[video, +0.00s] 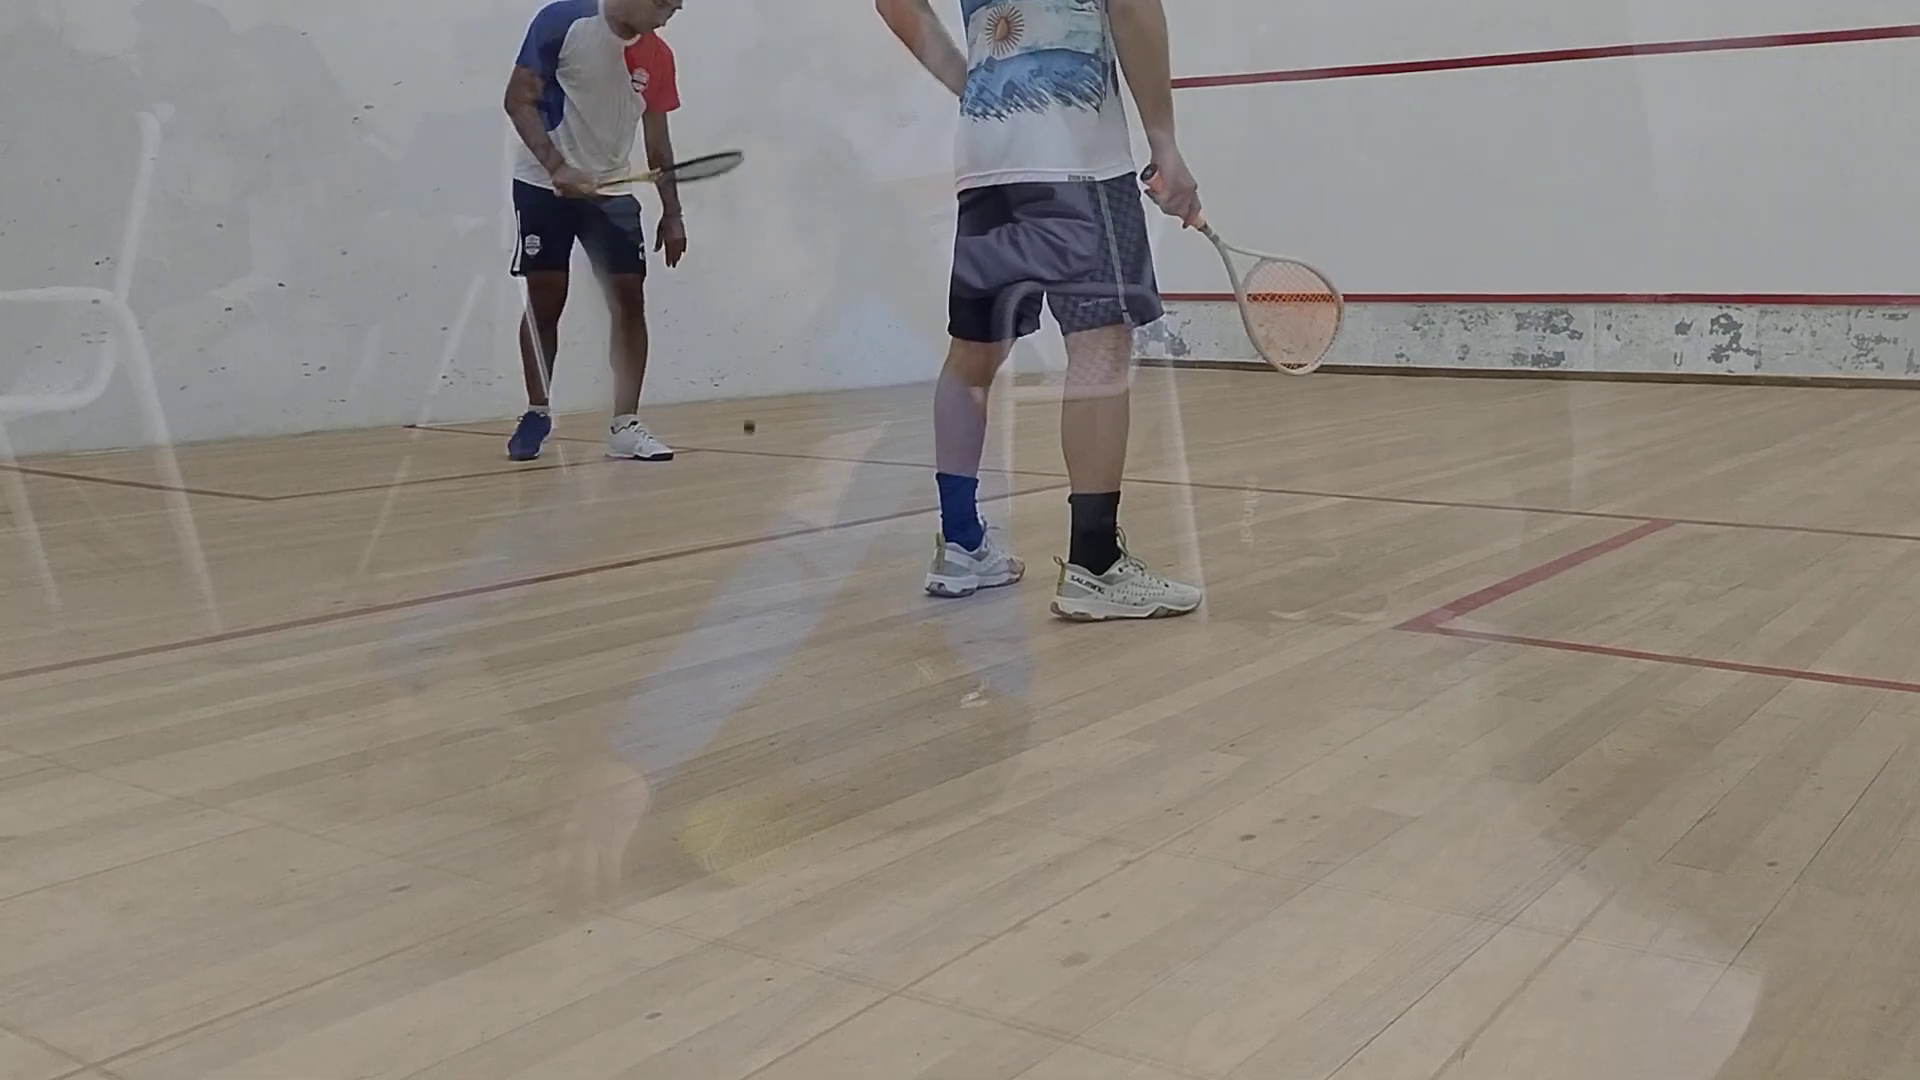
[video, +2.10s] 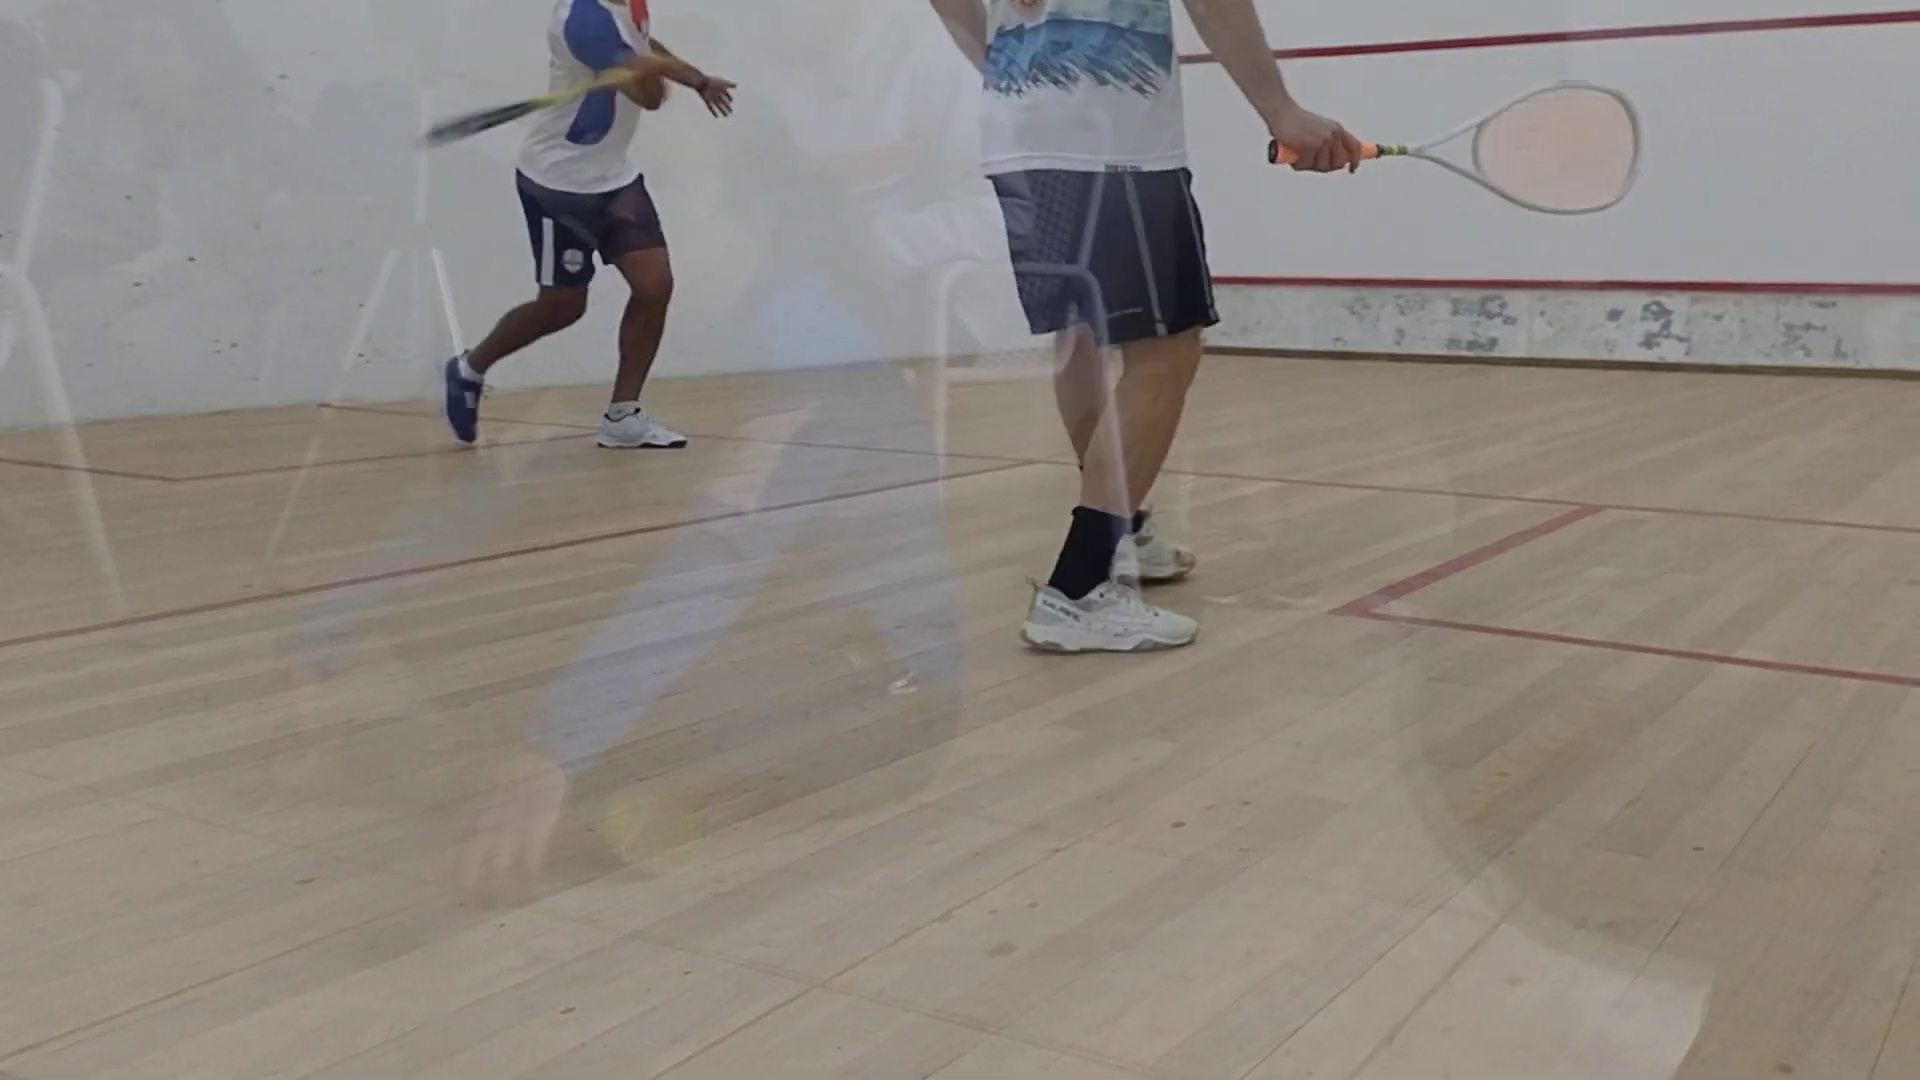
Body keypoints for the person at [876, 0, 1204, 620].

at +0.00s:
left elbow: (897, 5)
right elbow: (1132, 8)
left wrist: (973, 86)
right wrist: (1164, 145)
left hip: (982, 140)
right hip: (1074, 138)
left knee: (971, 355)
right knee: (1100, 353)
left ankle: (961, 547)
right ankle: (1095, 565)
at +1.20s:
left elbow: (935, 4)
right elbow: (1180, 8)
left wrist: (1005, 61)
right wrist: (1247, 101)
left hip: (982, 127)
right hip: (1078, 126)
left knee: (974, 329)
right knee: (1130, 336)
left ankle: (945, 533)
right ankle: (1075, 554)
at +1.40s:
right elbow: (1215, 1)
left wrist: (1023, 54)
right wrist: (1281, 91)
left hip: (1020, 107)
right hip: (1118, 108)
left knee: (1045, 310)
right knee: (1139, 336)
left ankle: (986, 507)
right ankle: (1067, 551)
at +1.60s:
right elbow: (1240, 0)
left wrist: (1042, 63)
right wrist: (1304, 95)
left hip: (1050, 115)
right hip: (1128, 119)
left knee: (1122, 326)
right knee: (1166, 334)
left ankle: (1148, 526)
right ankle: (1058, 545)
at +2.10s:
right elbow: (1210, 2)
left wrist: (1016, 72)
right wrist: (1283, 109)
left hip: (1017, 120)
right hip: (1113, 121)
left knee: (1077, 336)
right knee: (1167, 346)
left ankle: (1124, 533)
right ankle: (1077, 591)